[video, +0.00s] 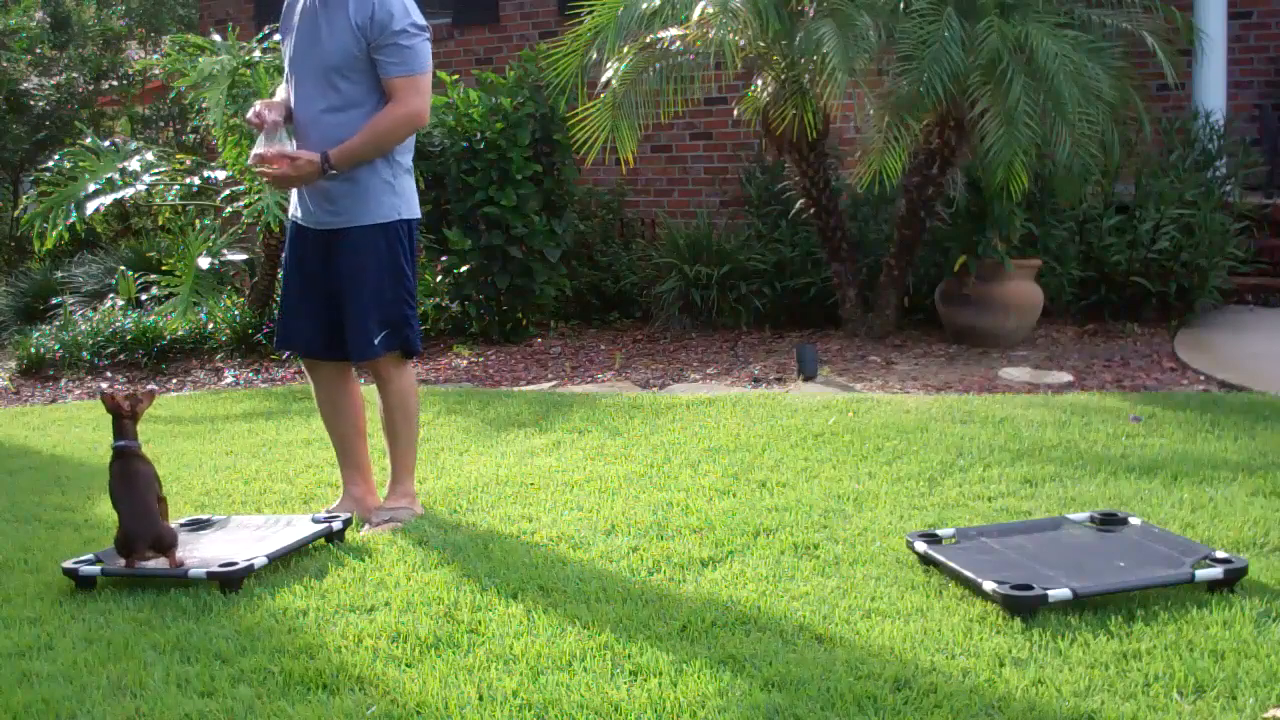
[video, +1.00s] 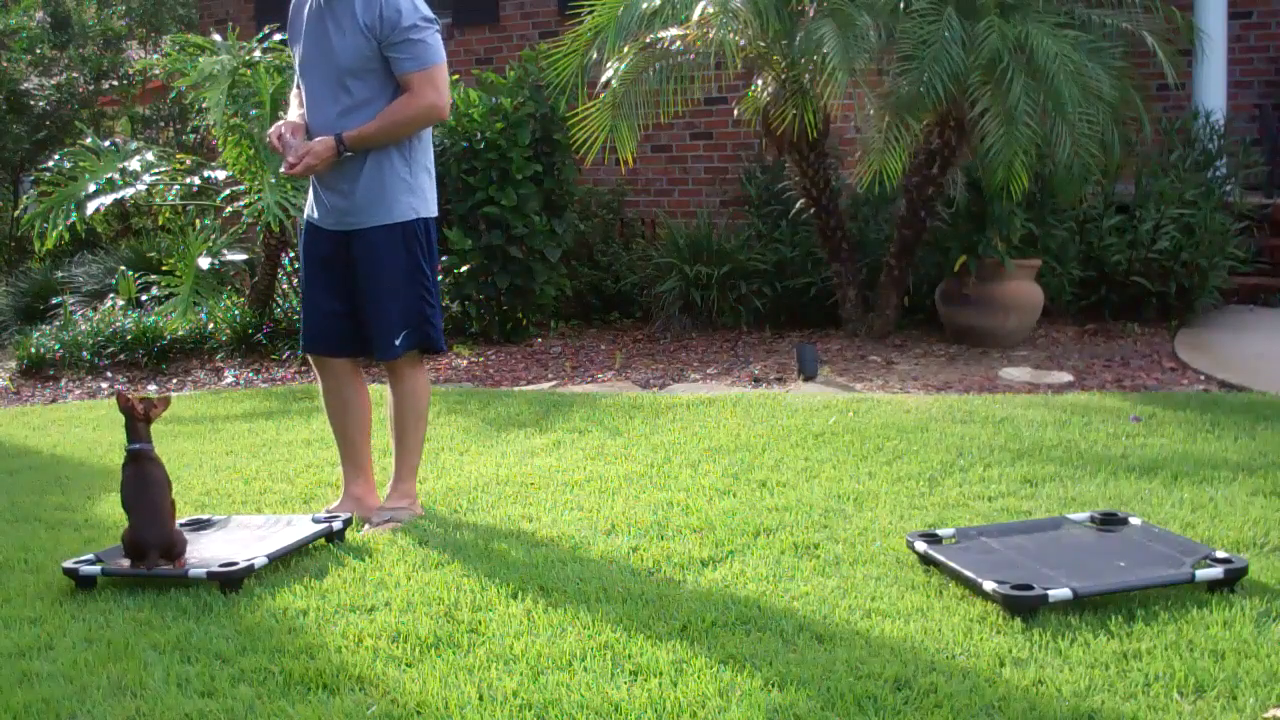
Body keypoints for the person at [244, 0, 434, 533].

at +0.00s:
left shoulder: (386, 7)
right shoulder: (296, 9)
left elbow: (412, 108)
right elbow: (300, 79)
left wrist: (325, 163)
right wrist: (278, 105)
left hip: (375, 208)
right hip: (312, 209)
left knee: (385, 353)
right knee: (320, 352)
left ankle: (402, 494)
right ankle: (358, 493)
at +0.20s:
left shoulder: (391, 8)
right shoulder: (297, 8)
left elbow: (417, 112)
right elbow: (298, 73)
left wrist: (324, 151)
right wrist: (281, 107)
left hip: (384, 205)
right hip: (318, 205)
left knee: (392, 350)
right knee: (316, 346)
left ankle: (403, 494)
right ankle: (357, 491)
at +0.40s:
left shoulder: (390, 8)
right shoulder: (297, 7)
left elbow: (428, 109)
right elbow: (300, 70)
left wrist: (333, 146)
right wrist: (289, 113)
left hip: (389, 205)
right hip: (324, 205)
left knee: (400, 350)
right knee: (329, 349)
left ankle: (404, 495)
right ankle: (358, 492)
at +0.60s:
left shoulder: (390, 6)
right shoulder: (298, 8)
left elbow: (433, 103)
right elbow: (302, 76)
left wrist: (341, 147)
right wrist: (293, 118)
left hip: (392, 205)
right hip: (327, 205)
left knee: (402, 350)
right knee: (331, 350)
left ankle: (404, 496)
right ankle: (358, 492)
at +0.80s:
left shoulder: (393, 4)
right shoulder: (300, 8)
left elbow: (433, 99)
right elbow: (302, 80)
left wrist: (342, 144)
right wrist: (294, 118)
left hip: (393, 203)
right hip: (328, 204)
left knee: (402, 350)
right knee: (331, 350)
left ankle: (405, 495)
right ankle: (358, 492)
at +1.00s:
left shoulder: (393, 5)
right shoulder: (303, 7)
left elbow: (433, 100)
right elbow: (305, 81)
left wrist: (340, 145)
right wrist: (295, 118)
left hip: (393, 202)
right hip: (328, 203)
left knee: (403, 351)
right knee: (329, 349)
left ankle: (405, 496)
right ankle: (358, 493)